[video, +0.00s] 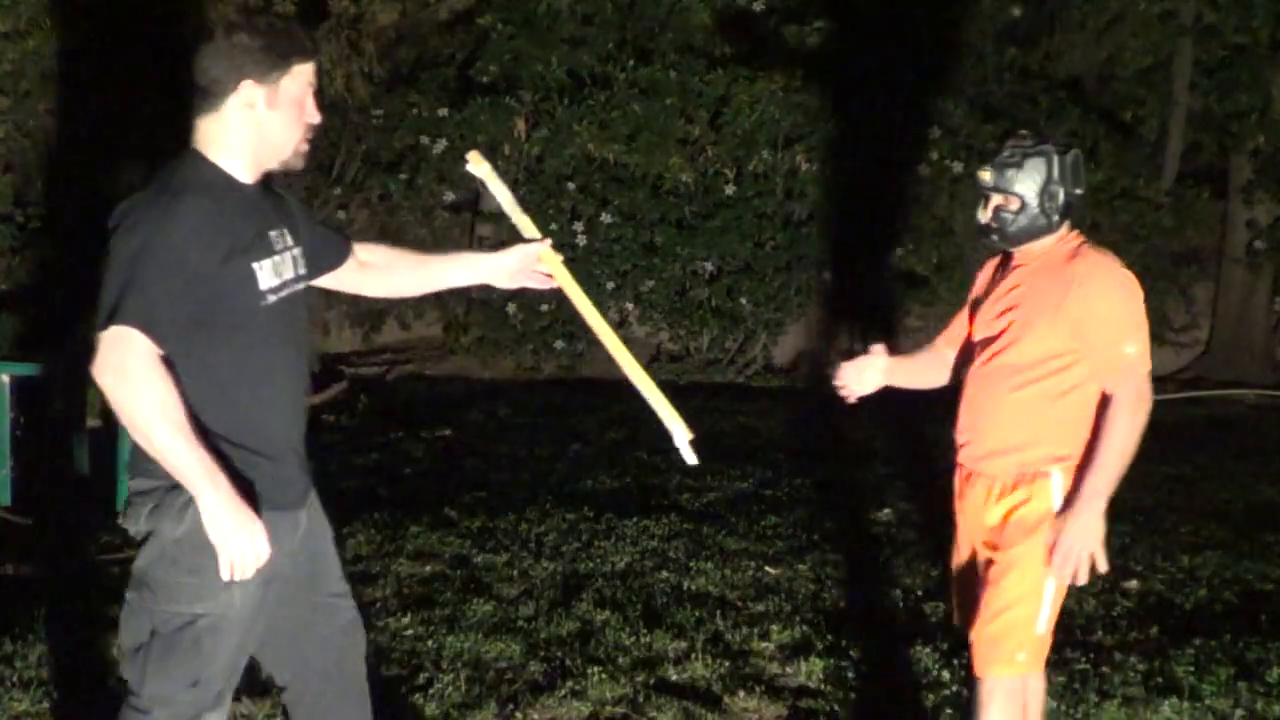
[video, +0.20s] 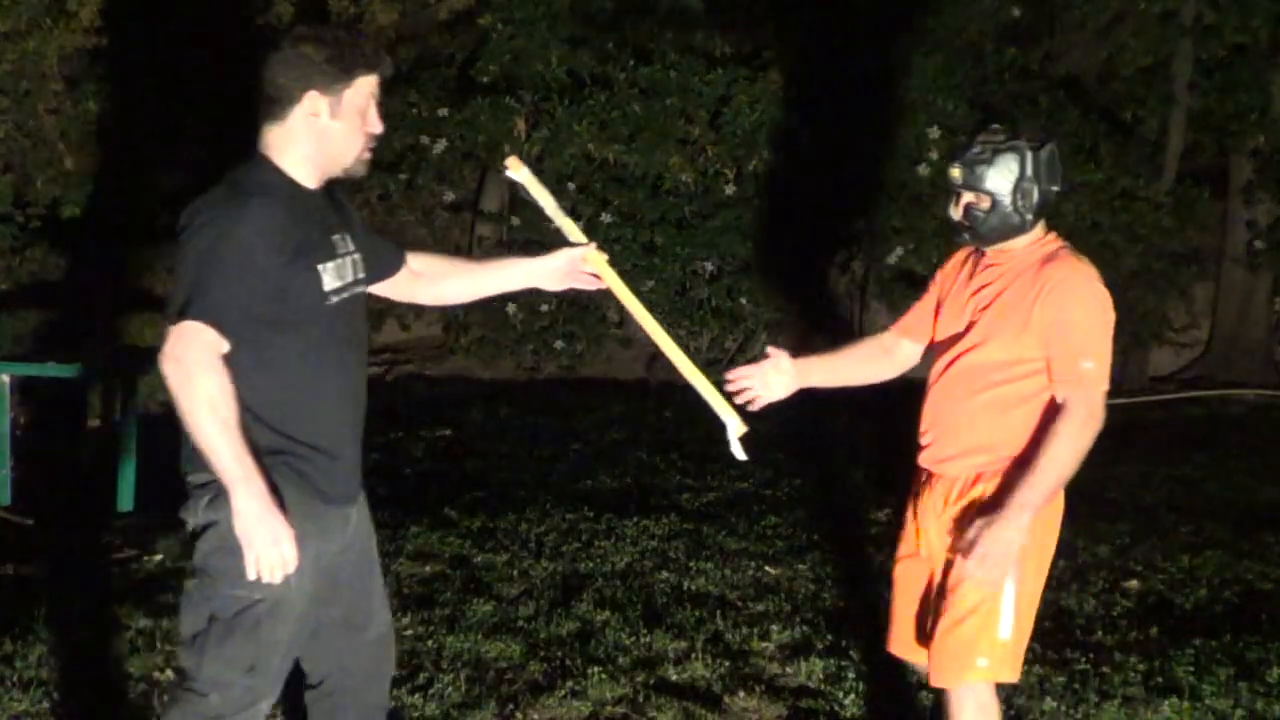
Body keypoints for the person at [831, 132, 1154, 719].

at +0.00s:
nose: (994, 210)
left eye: (1012, 197)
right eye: (992, 194)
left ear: (1052, 201)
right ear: (990, 192)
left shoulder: (1103, 280)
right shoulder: (995, 274)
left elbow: (1133, 399)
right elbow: (946, 360)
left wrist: (1090, 507)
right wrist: (887, 370)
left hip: (1042, 497)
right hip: (974, 491)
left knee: (1000, 666)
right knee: (1007, 662)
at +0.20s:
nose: (961, 210)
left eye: (977, 197)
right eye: (958, 194)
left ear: (1020, 202)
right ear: (957, 193)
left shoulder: (1070, 284)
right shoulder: (964, 268)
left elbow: (1084, 414)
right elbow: (897, 349)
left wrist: (1011, 519)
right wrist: (797, 372)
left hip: (1004, 503)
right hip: (935, 494)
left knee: (966, 673)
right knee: (936, 661)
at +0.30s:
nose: (939, 203)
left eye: (956, 190)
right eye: (937, 186)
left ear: (1003, 195)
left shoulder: (1056, 279)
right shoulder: (942, 262)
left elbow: (1066, 407)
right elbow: (868, 343)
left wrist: (973, 506)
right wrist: (760, 370)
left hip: (994, 502)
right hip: (914, 490)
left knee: (963, 677)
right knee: (877, 636)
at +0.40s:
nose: (916, 200)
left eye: (932, 187)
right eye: (914, 184)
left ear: (978, 189)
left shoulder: (1038, 274)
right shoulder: (920, 259)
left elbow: (1042, 407)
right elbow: (846, 351)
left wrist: (928, 480)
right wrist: (741, 369)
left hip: (981, 489)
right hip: (897, 478)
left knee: (958, 673)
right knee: (860, 640)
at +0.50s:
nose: (898, 202)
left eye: (917, 189)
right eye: (895, 185)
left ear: (964, 190)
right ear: (892, 184)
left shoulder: (1016, 273)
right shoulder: (895, 259)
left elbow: (1009, 412)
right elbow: (841, 360)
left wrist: (877, 449)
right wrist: (759, 361)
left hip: (959, 493)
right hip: (876, 488)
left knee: (943, 682)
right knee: (848, 656)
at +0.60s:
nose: (875, 208)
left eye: (893, 195)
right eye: (872, 191)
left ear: (941, 195)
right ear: (871, 190)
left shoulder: (996, 277)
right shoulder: (876, 266)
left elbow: (969, 410)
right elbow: (830, 371)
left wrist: (842, 431)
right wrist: (763, 382)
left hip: (933, 501)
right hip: (852, 492)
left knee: (900, 689)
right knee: (832, 671)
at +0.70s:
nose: (850, 211)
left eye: (868, 198)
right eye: (847, 194)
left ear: (916, 198)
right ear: (843, 191)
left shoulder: (969, 275)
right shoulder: (860, 272)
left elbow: (942, 409)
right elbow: (830, 382)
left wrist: (817, 439)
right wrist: (772, 395)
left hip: (915, 506)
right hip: (841, 495)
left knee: (857, 693)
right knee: (823, 686)